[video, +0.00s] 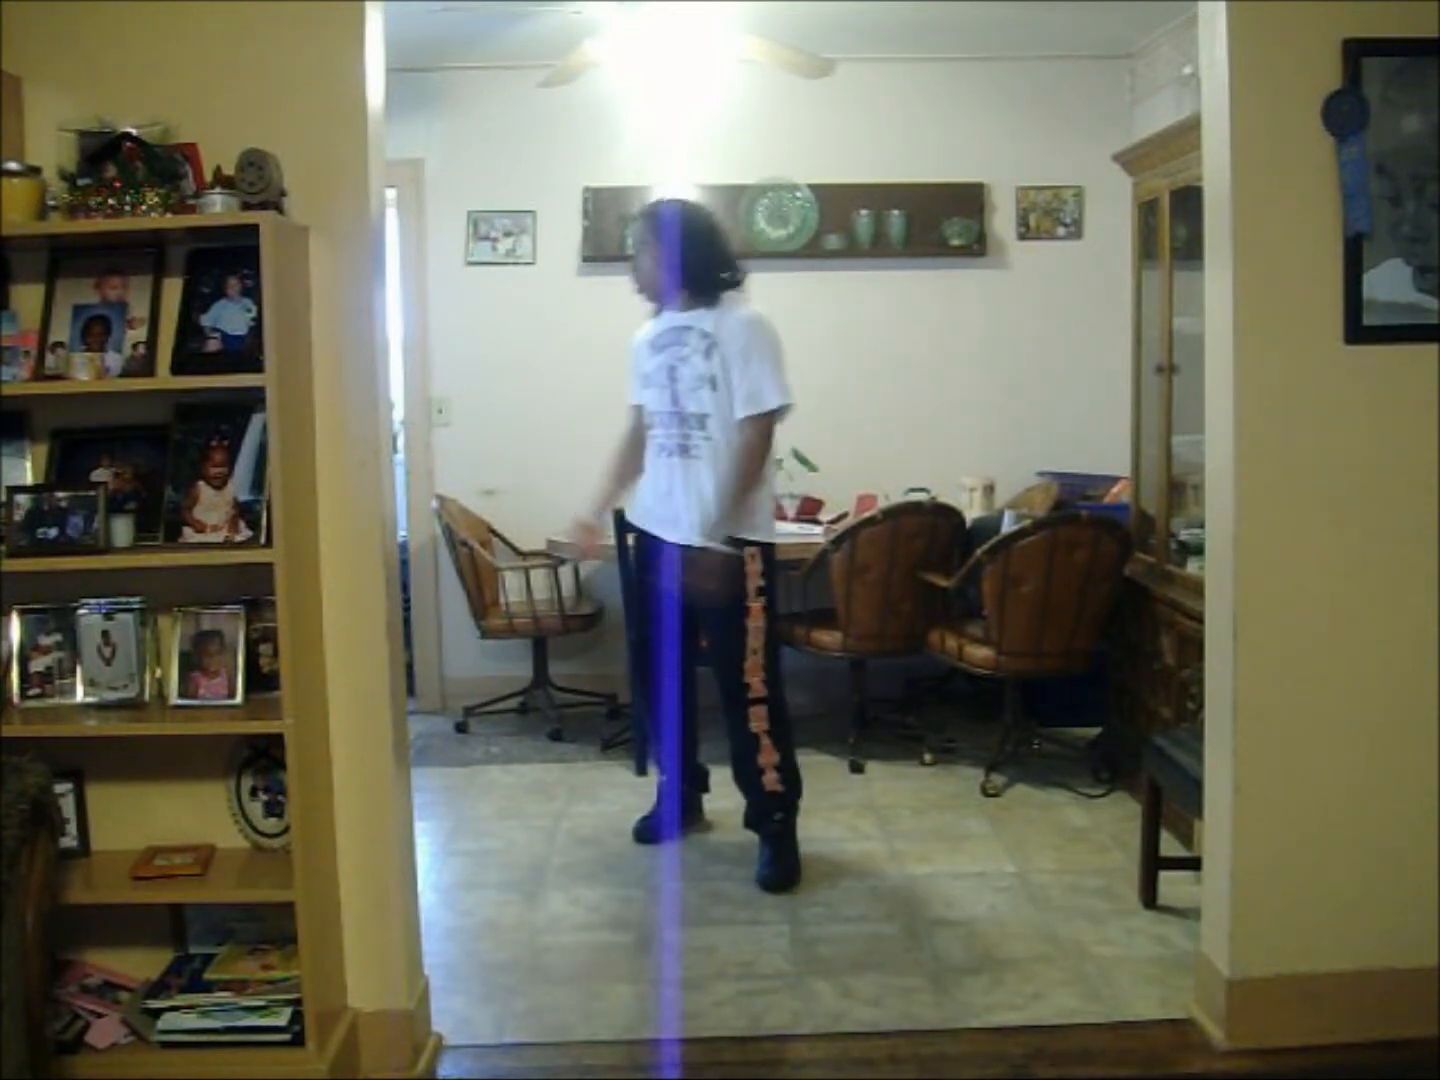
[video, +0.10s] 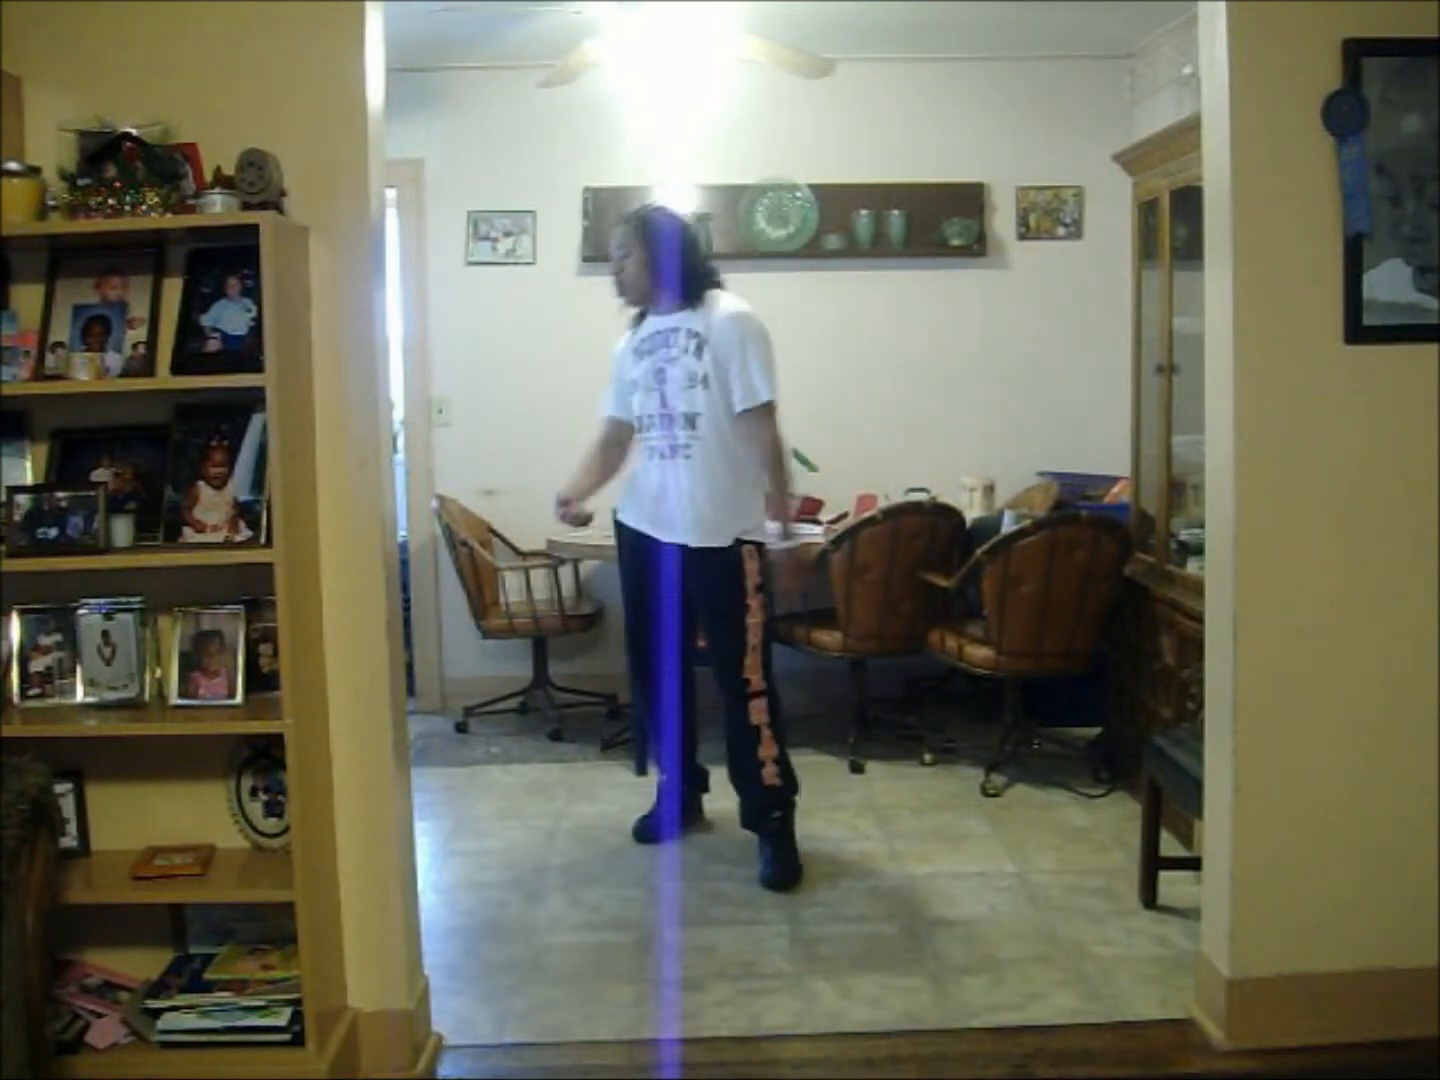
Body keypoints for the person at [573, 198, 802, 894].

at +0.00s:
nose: (634, 264)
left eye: (645, 250)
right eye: (635, 251)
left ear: (681, 254)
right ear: (656, 257)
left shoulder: (744, 330)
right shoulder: (649, 340)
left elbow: (757, 438)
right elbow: (639, 433)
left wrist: (723, 535)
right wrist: (597, 510)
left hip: (733, 537)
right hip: (656, 533)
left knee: (746, 683)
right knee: (661, 674)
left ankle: (775, 822)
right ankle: (679, 792)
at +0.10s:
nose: (614, 272)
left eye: (624, 258)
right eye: (612, 260)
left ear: (663, 256)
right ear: (633, 264)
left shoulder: (730, 323)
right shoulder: (633, 343)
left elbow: (765, 429)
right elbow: (615, 435)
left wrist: (779, 521)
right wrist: (579, 487)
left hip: (726, 531)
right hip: (648, 530)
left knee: (742, 676)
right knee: (658, 670)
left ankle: (773, 821)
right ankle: (678, 793)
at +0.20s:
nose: (614, 265)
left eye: (624, 251)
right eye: (609, 256)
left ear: (662, 251)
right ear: (616, 268)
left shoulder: (732, 323)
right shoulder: (629, 342)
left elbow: (772, 422)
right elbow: (606, 430)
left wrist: (797, 510)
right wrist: (572, 489)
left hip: (723, 530)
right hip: (645, 529)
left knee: (741, 675)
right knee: (657, 669)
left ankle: (772, 818)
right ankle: (678, 794)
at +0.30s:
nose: (633, 263)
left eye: (638, 248)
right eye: (618, 264)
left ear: (669, 246)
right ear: (614, 284)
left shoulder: (736, 313)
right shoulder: (624, 343)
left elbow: (783, 404)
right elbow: (599, 428)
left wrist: (793, 502)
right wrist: (576, 506)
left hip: (717, 522)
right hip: (642, 523)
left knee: (727, 670)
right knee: (655, 666)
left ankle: (764, 807)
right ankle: (677, 796)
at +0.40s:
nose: (640, 259)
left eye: (645, 244)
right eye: (623, 258)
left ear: (674, 248)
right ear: (613, 282)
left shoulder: (737, 313)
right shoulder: (620, 346)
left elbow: (784, 400)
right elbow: (604, 433)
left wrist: (779, 489)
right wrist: (588, 525)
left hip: (715, 519)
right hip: (641, 521)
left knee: (719, 667)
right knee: (654, 666)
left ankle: (758, 798)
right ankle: (678, 793)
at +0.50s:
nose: (651, 259)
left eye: (659, 246)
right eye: (636, 251)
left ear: (682, 253)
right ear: (617, 269)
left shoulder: (738, 315)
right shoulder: (618, 347)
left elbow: (774, 407)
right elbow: (622, 445)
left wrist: (756, 486)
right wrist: (626, 546)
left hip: (726, 511)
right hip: (654, 517)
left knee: (727, 659)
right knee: (663, 663)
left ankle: (749, 793)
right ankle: (679, 791)